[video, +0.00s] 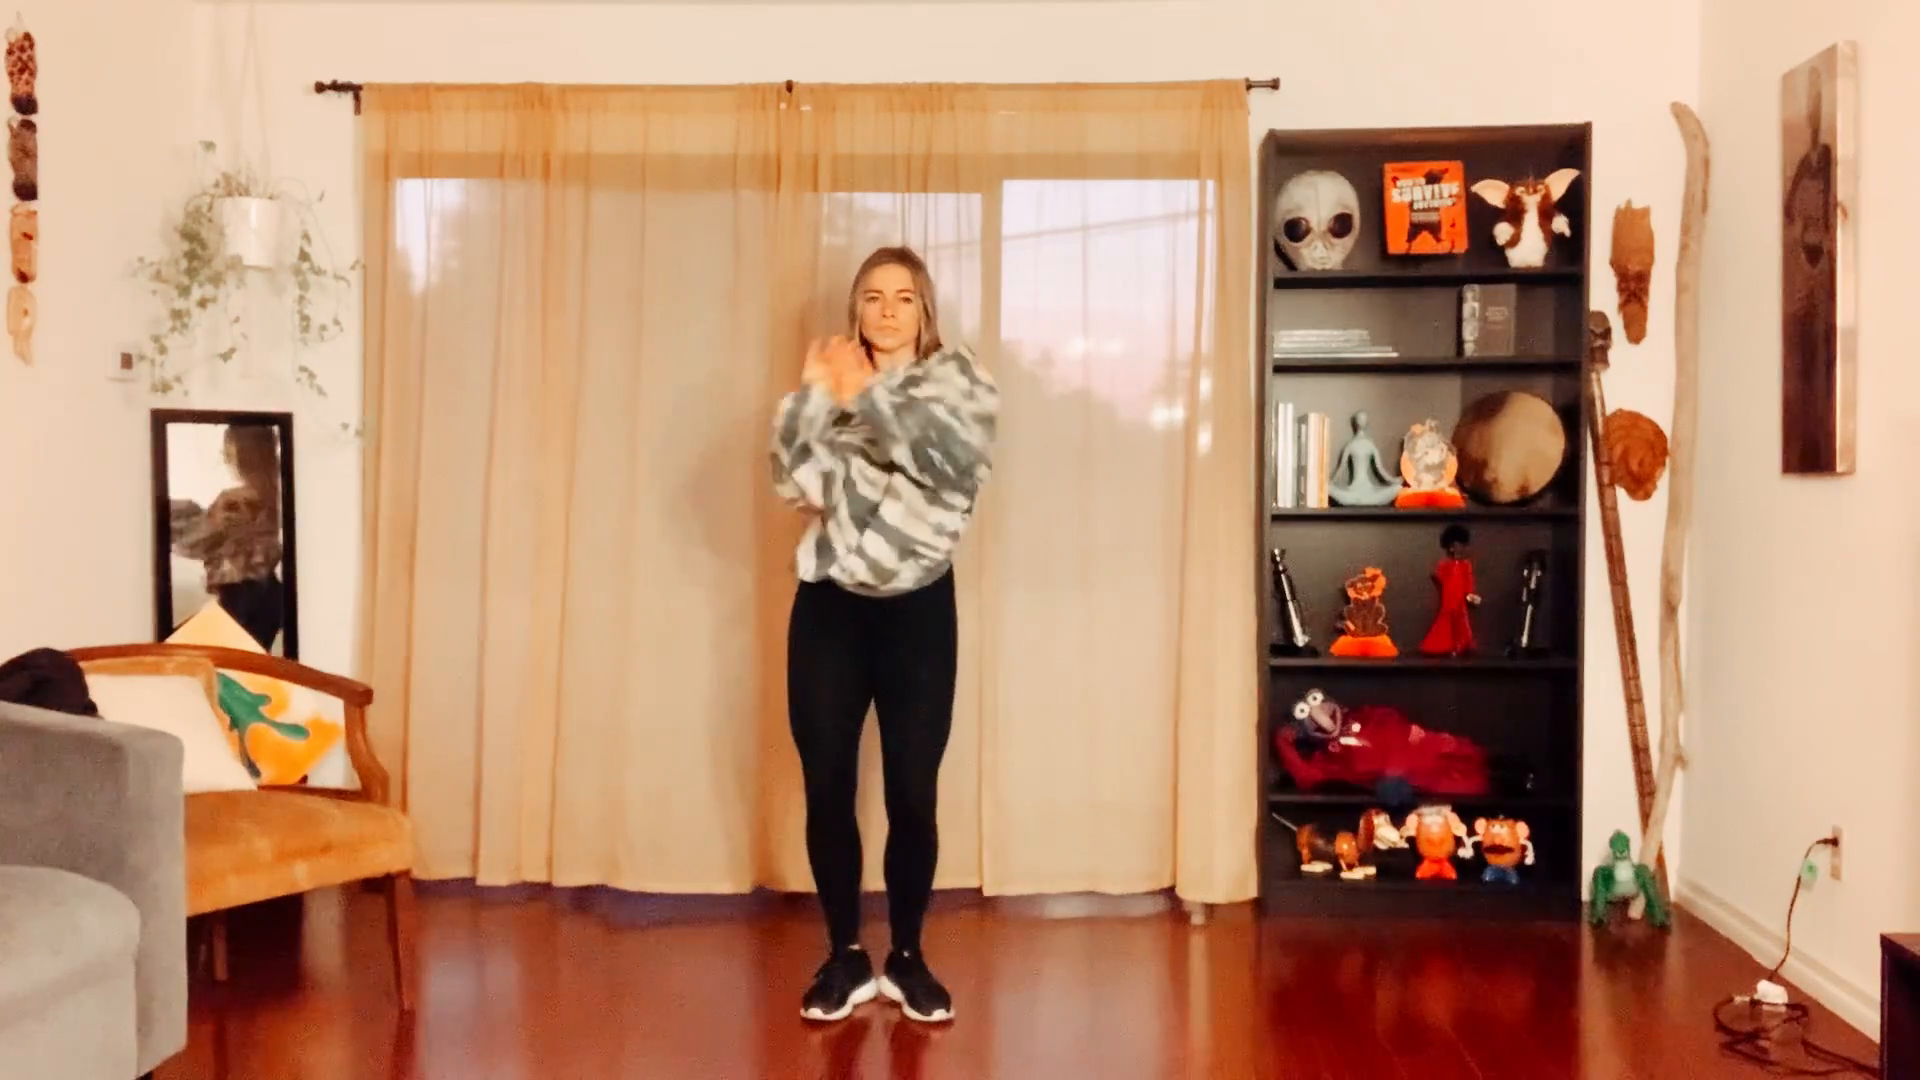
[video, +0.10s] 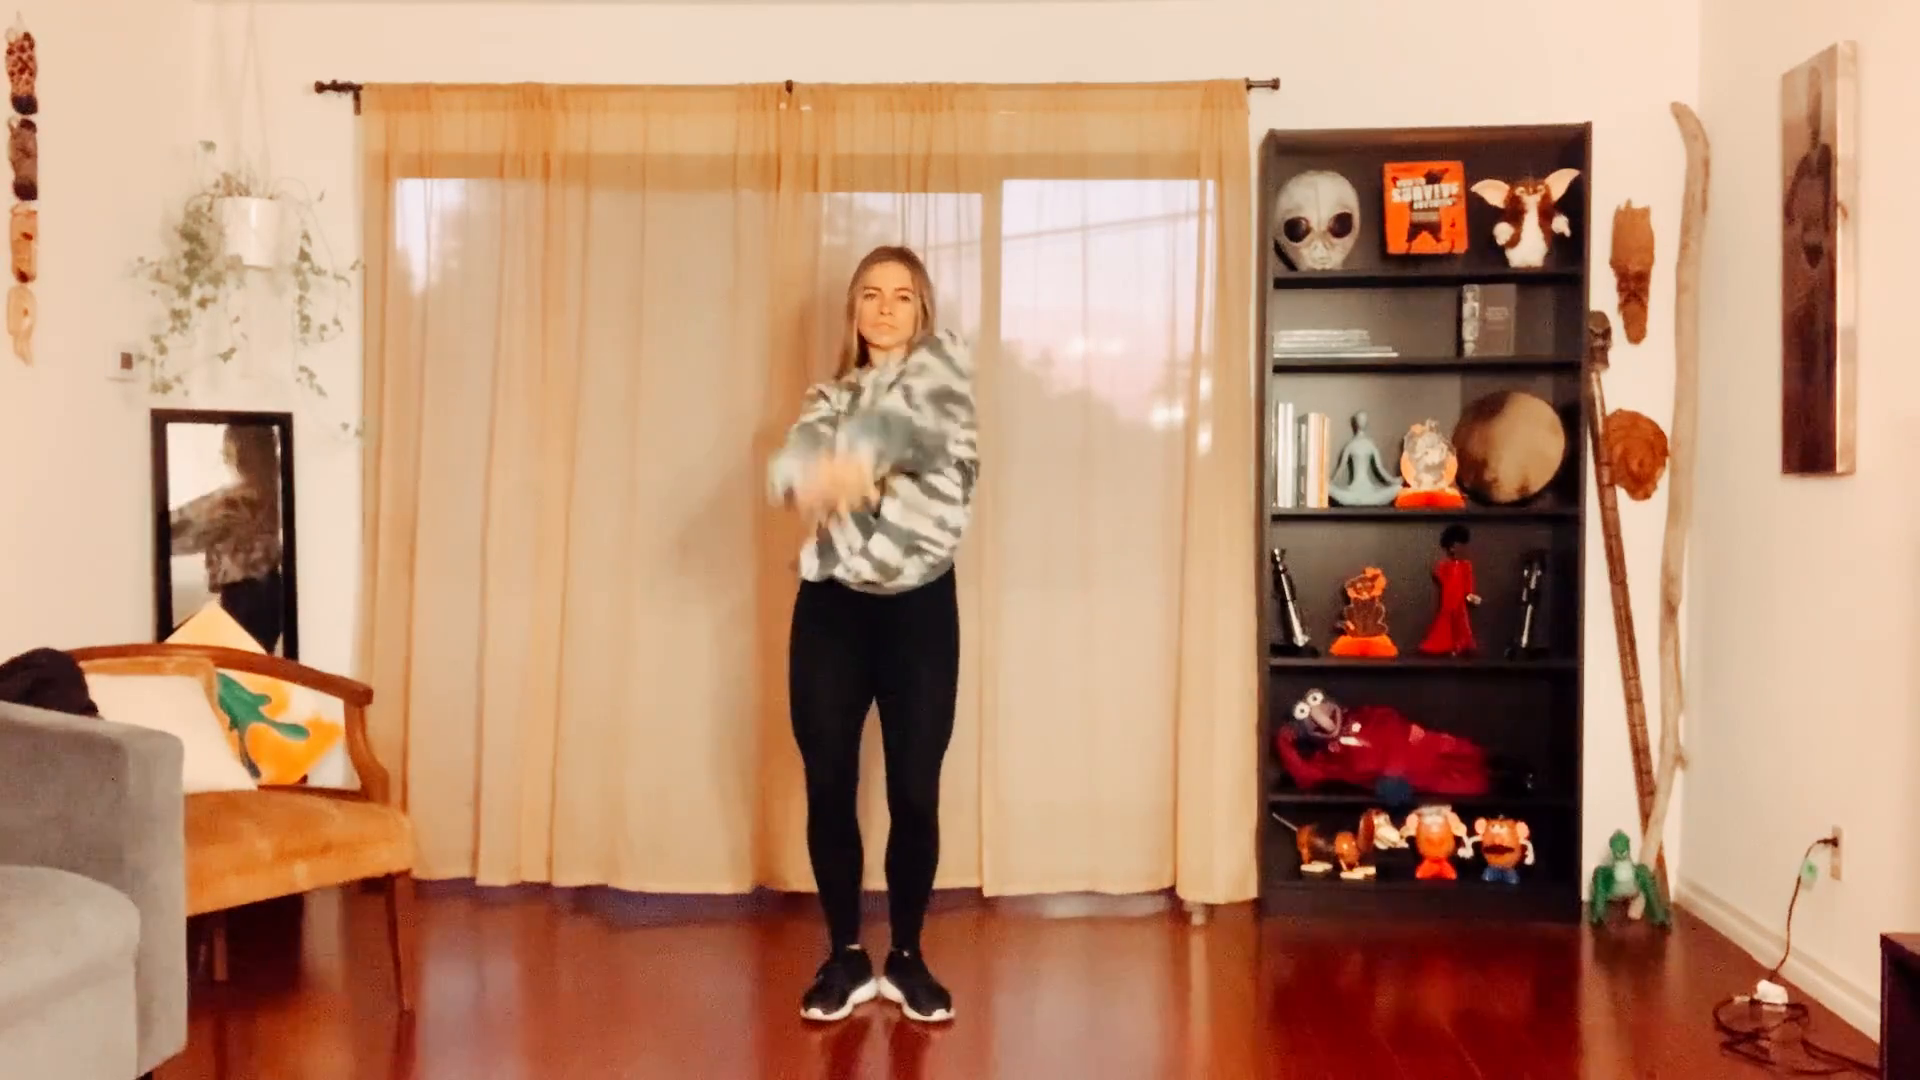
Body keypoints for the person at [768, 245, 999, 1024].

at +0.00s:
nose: (887, 309)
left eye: (902, 298)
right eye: (873, 298)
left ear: (926, 310)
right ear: (855, 312)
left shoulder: (959, 382)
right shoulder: (835, 386)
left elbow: (956, 473)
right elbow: (793, 478)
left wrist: (868, 398)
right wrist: (813, 392)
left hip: (918, 610)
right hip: (828, 608)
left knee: (912, 796)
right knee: (829, 792)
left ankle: (906, 958)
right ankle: (846, 958)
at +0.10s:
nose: (886, 306)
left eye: (901, 295)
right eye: (873, 294)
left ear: (924, 309)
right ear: (853, 309)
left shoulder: (946, 381)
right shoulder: (832, 398)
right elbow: (783, 471)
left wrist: (844, 492)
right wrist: (825, 476)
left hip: (918, 606)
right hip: (830, 604)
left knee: (913, 795)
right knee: (829, 787)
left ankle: (906, 958)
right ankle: (847, 958)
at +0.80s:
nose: (896, 297)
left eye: (912, 286)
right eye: (882, 285)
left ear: (933, 301)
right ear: (862, 299)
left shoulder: (956, 390)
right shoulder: (820, 390)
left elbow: (963, 489)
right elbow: (798, 494)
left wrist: (951, 574)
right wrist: (799, 581)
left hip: (929, 608)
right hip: (838, 605)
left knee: (919, 791)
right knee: (837, 788)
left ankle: (905, 959)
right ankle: (848, 956)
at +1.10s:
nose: (889, 295)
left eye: (905, 284)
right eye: (875, 283)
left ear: (927, 300)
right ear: (856, 297)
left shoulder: (953, 383)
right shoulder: (831, 382)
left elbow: (1008, 468)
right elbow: (794, 472)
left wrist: (1070, 533)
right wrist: (728, 523)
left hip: (927, 607)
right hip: (834, 606)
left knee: (913, 790)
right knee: (834, 791)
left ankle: (905, 958)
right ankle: (848, 958)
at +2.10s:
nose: (876, 334)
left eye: (891, 326)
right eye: (863, 322)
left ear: (910, 344)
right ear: (838, 335)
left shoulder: (947, 426)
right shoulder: (801, 426)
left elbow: (1012, 531)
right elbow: (715, 472)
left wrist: (1059, 630)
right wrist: (624, 462)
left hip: (961, 626)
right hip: (865, 634)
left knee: (1001, 797)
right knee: (794, 790)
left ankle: (1013, 963)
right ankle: (765, 954)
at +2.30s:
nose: (952, 347)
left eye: (964, 339)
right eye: (937, 334)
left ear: (979, 357)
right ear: (906, 348)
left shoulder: (1007, 449)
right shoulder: (866, 430)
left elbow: (1072, 549)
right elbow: (792, 467)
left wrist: (1152, 605)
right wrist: (717, 456)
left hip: (987, 653)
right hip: (888, 648)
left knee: (1086, 800)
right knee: (801, 796)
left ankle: (1049, 969)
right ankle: (755, 955)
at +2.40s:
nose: (1018, 347)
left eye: (1033, 341)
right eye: (1004, 338)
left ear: (1054, 368)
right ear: (977, 359)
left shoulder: (1084, 462)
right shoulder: (934, 442)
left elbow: (1185, 508)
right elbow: (863, 522)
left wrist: (1303, 512)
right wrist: (800, 574)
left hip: (1002, 662)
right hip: (902, 647)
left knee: (1106, 805)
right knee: (807, 797)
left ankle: (1051, 969)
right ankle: (752, 955)